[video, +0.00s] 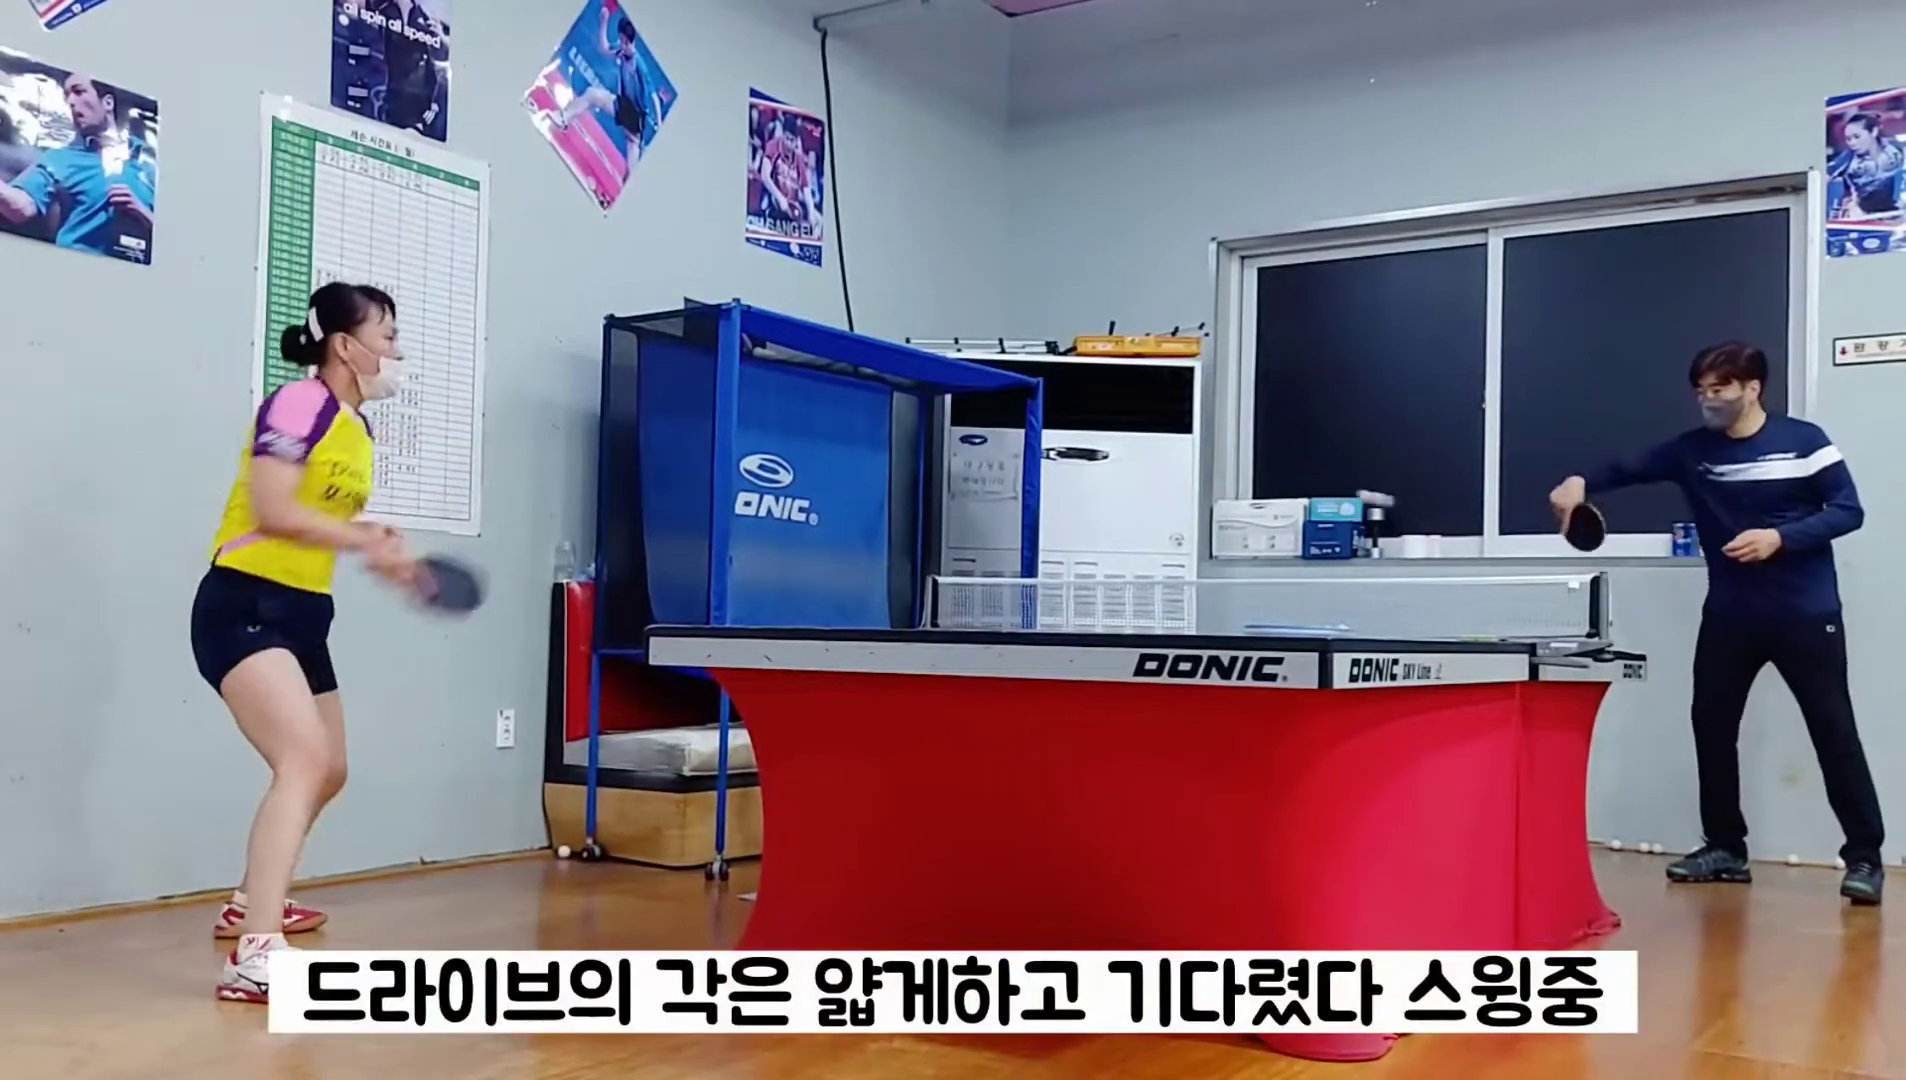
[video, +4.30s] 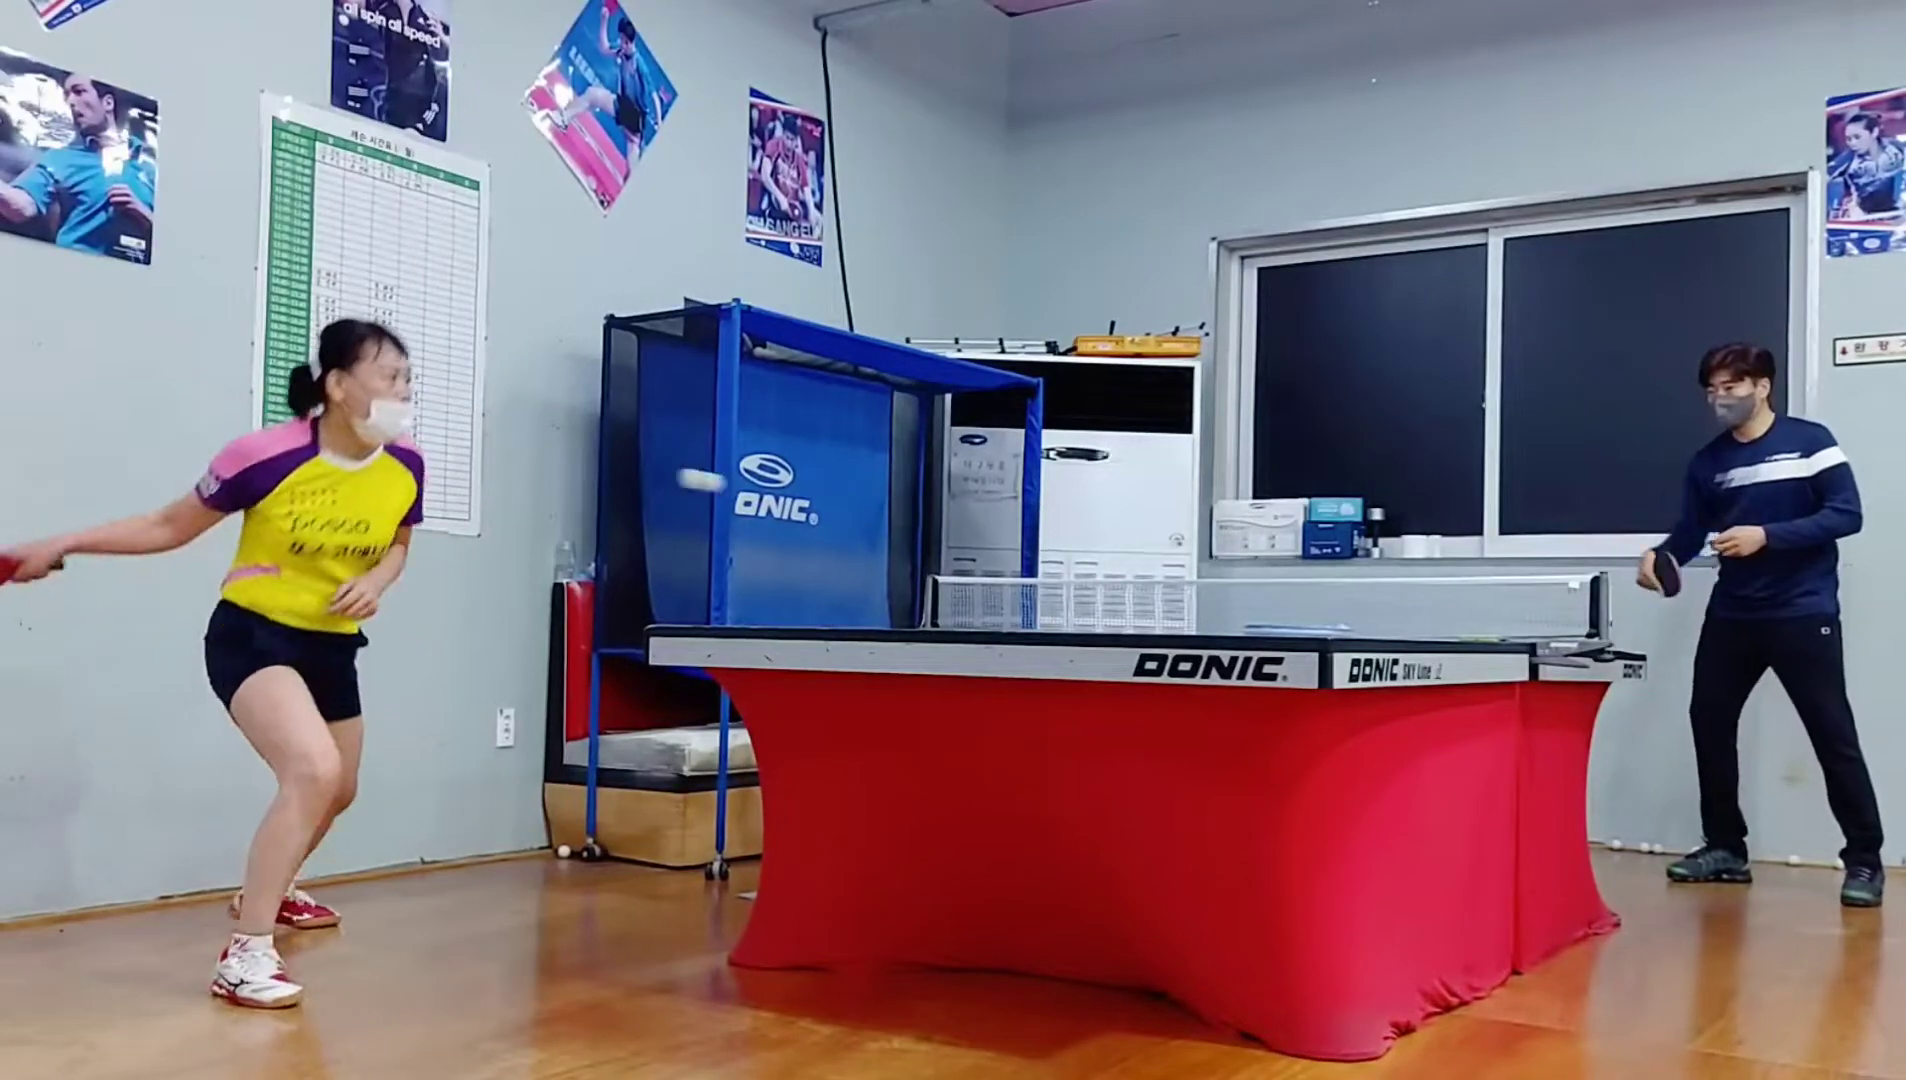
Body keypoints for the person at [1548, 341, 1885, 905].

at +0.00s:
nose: (1708, 398)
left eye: (1719, 387)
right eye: (1701, 390)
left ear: (1752, 387)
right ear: (1696, 395)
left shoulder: (1805, 440)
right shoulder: (1691, 451)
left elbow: (1847, 510)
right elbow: (1628, 468)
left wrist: (1780, 536)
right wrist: (1581, 483)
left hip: (1806, 618)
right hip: (1729, 619)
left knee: (1834, 734)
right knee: (1711, 727)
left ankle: (1863, 859)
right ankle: (1725, 849)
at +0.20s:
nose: (1709, 398)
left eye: (1720, 388)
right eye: (1702, 390)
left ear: (1752, 389)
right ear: (1696, 396)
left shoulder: (1801, 443)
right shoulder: (1693, 456)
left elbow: (1835, 515)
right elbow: (1653, 510)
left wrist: (1761, 535)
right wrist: (1622, 520)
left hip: (1796, 618)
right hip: (1720, 619)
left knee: (1828, 737)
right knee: (1703, 725)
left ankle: (1862, 861)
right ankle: (1725, 849)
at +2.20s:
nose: (1728, 395)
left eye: (1739, 385)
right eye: (1720, 388)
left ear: (1771, 386)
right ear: (1713, 395)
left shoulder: (1819, 441)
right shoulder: (1712, 458)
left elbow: (1855, 514)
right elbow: (1689, 527)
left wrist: (1779, 534)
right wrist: (1662, 545)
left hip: (1808, 617)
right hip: (1734, 618)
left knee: (1835, 736)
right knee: (1711, 723)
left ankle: (1862, 862)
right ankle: (1724, 848)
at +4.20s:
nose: (1718, 396)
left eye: (1729, 386)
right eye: (1710, 389)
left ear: (1760, 387)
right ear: (1703, 397)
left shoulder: (1809, 442)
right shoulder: (1699, 462)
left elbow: (1844, 515)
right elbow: (1665, 534)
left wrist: (1769, 535)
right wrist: (1639, 541)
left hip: (1802, 616)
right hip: (1728, 619)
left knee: (1832, 737)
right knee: (1707, 723)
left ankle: (1862, 861)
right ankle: (1725, 849)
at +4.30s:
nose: (1722, 394)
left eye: (1733, 383)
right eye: (1715, 387)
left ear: (1763, 386)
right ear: (1708, 396)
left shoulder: (1811, 440)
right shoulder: (1708, 462)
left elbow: (1846, 514)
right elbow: (1690, 533)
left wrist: (1766, 534)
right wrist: (1662, 555)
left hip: (1804, 618)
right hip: (1733, 619)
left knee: (1834, 739)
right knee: (1709, 721)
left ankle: (1863, 862)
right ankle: (1724, 848)